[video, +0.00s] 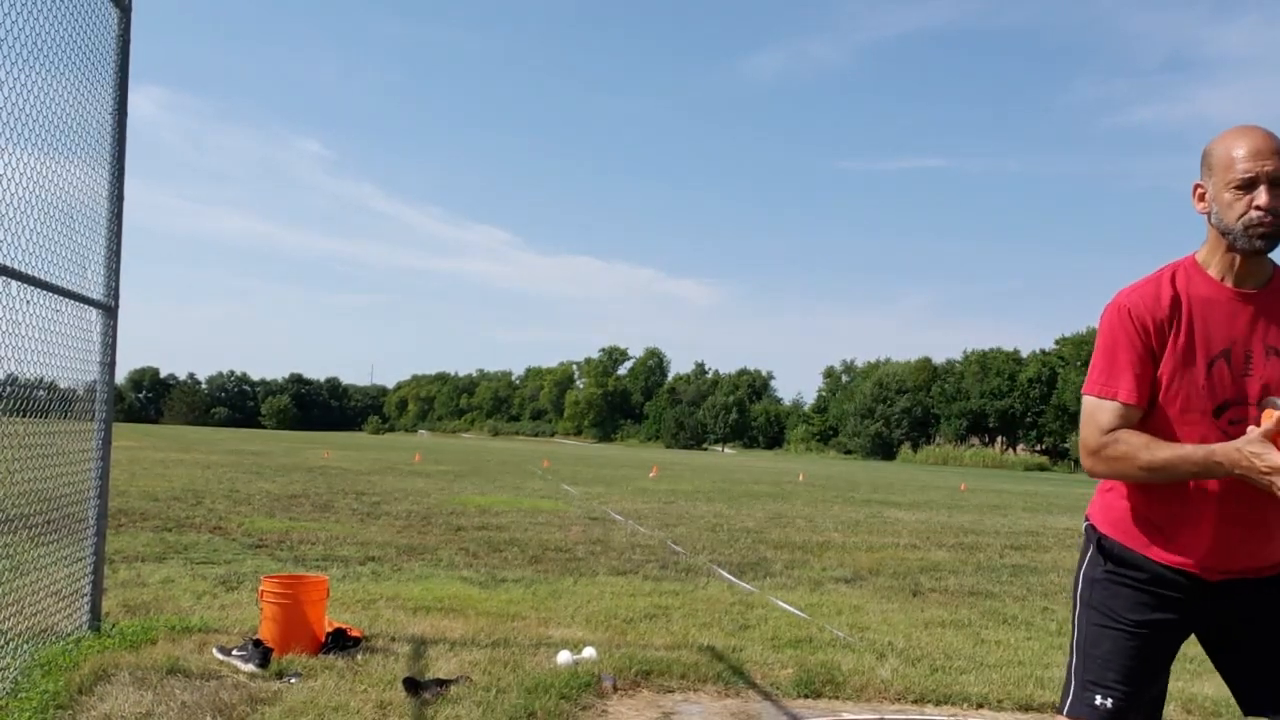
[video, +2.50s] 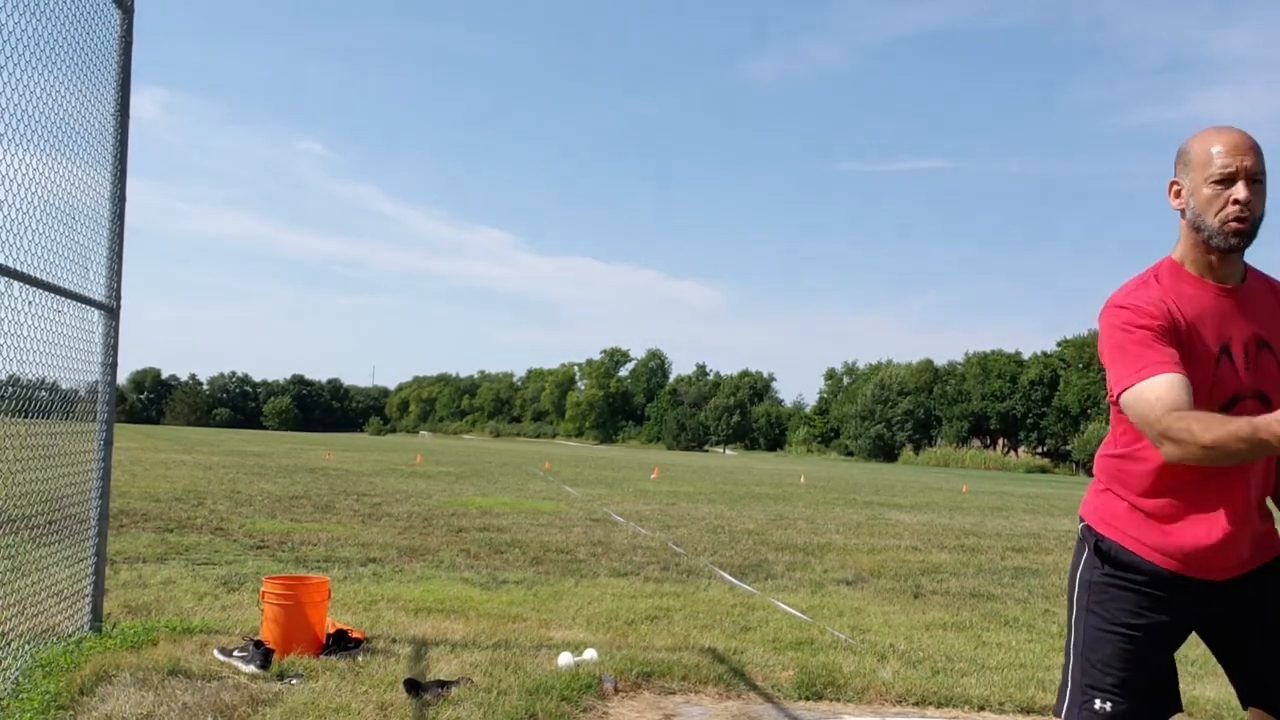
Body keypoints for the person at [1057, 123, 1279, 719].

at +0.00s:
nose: (1266, 201)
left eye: (1276, 184)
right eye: (1246, 185)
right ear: (1204, 199)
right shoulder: (1142, 309)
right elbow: (1098, 447)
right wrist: (1228, 459)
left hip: (1260, 577)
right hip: (1138, 569)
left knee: (1277, 705)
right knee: (1101, 712)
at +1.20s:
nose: (1220, 193)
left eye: (1233, 177)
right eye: (1201, 179)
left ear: (1253, 190)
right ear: (1164, 197)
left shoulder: (1276, 301)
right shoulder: (1114, 309)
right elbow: (1092, 452)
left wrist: (1275, 498)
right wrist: (1176, 520)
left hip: (1247, 570)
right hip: (1120, 563)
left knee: (1268, 705)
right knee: (1086, 711)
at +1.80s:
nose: (1227, 183)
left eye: (1241, 170)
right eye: (1209, 170)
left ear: (1259, 187)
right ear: (1172, 187)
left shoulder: (1275, 299)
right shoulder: (1122, 303)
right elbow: (1088, 449)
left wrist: (1270, 426)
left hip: (1256, 568)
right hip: (1134, 562)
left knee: (1269, 706)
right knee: (1099, 711)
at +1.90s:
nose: (1224, 174)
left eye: (1238, 164)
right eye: (1206, 163)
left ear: (1255, 183)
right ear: (1169, 183)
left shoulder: (1270, 282)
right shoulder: (1120, 290)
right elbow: (1118, 421)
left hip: (1260, 566)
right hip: (1138, 559)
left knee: (1274, 705)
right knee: (1097, 712)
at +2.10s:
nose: (1221, 166)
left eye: (1232, 158)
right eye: (1201, 158)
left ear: (1246, 183)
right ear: (1163, 186)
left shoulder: (1269, 293)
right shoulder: (1123, 295)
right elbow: (1127, 417)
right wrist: (1210, 322)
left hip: (1259, 567)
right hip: (1137, 561)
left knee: (1277, 703)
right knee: (1106, 711)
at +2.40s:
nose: (1229, 178)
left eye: (1238, 167)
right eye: (1209, 167)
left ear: (1250, 184)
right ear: (1164, 189)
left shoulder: (1266, 295)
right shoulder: (1125, 296)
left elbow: (1274, 450)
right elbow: (1178, 396)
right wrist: (1270, 307)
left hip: (1246, 559)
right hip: (1133, 558)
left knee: (1273, 701)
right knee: (1106, 711)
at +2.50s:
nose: (1244, 195)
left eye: (1255, 181)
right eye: (1225, 180)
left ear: (1266, 193)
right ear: (1179, 195)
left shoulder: (1273, 304)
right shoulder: (1137, 308)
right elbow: (1175, 435)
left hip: (1248, 560)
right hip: (1134, 559)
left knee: (1275, 702)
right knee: (1103, 712)